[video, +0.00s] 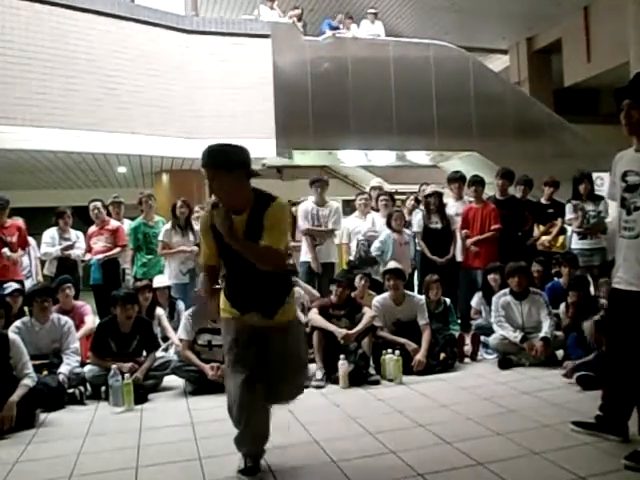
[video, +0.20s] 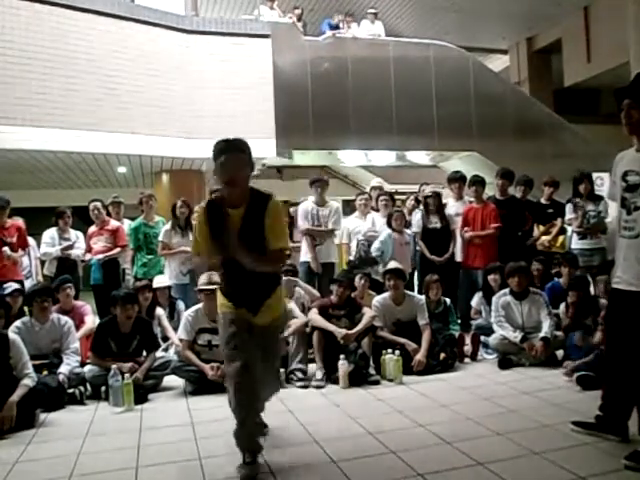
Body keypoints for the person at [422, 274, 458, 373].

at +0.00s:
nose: (435, 292)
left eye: (437, 288)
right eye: (432, 289)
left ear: (441, 289)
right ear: (427, 291)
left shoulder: (447, 303)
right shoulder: (421, 303)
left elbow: (453, 322)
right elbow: (421, 322)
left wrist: (452, 334)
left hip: (444, 332)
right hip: (429, 333)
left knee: (449, 339)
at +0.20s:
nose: (435, 292)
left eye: (437, 288)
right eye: (432, 289)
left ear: (441, 289)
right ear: (427, 291)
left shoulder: (447, 303)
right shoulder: (421, 303)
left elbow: (453, 322)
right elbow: (421, 322)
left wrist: (452, 334)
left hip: (444, 331)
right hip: (429, 332)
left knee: (449, 338)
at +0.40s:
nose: (435, 292)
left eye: (438, 288)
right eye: (432, 289)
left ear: (441, 289)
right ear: (427, 290)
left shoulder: (446, 303)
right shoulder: (421, 303)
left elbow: (453, 322)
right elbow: (421, 322)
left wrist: (452, 334)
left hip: (444, 331)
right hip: (429, 332)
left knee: (449, 338)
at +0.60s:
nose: (435, 291)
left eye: (438, 288)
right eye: (432, 288)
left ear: (441, 289)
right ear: (427, 290)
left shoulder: (446, 303)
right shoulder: (421, 302)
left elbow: (453, 322)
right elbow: (421, 322)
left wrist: (452, 334)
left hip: (444, 332)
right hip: (429, 332)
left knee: (449, 338)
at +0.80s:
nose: (435, 291)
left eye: (438, 288)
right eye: (432, 288)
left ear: (442, 290)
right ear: (427, 290)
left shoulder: (447, 303)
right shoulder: (421, 302)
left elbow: (453, 322)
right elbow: (420, 322)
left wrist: (452, 334)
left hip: (444, 332)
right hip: (428, 332)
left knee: (449, 338)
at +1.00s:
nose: (436, 291)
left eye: (439, 288)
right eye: (432, 288)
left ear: (442, 290)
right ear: (427, 290)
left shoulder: (447, 303)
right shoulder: (422, 303)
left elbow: (453, 322)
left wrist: (452, 334)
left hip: (444, 332)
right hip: (428, 332)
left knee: (450, 339)